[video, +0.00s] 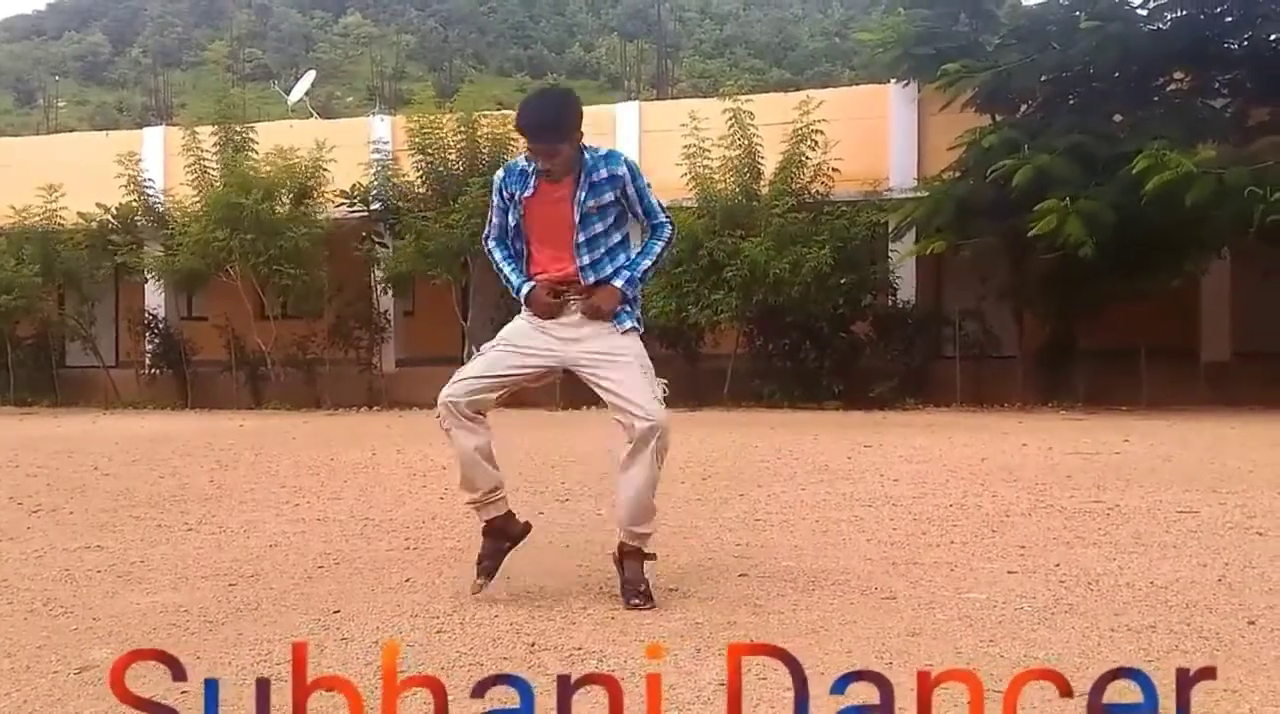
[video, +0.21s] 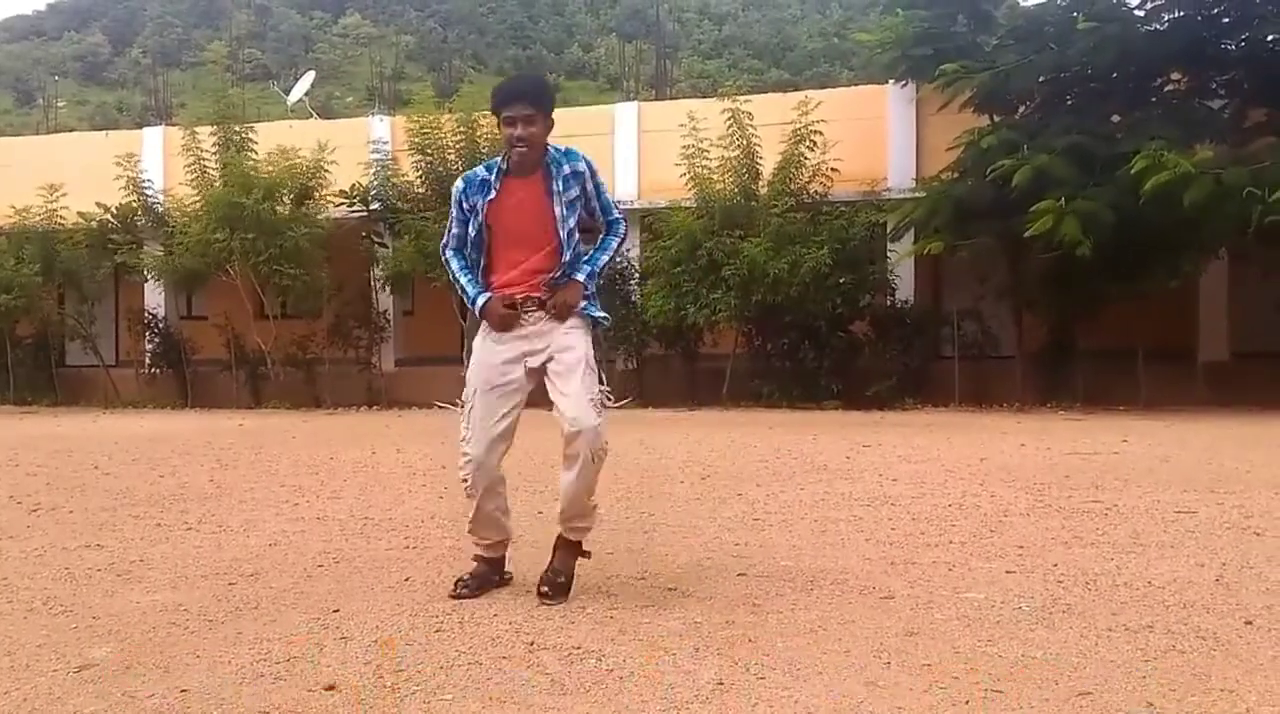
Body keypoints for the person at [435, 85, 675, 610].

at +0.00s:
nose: (543, 161)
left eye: (552, 151)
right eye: (535, 151)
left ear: (577, 137)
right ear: (523, 141)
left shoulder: (615, 171)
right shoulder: (511, 180)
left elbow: (661, 228)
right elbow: (496, 241)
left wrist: (620, 286)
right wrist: (525, 287)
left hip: (605, 324)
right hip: (537, 322)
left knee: (650, 421)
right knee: (456, 400)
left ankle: (632, 554)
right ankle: (499, 520)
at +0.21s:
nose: (518, 132)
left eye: (529, 122)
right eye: (509, 122)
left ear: (549, 124)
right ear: (497, 126)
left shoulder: (575, 170)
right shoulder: (472, 186)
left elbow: (613, 228)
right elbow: (454, 250)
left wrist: (580, 280)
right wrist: (481, 301)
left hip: (564, 322)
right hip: (498, 326)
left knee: (586, 429)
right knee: (478, 454)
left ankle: (568, 549)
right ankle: (491, 559)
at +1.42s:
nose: (393, 173)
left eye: (404, 166)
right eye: (385, 163)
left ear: (419, 174)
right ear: (371, 166)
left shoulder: (434, 223)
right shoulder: (360, 206)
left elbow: (449, 294)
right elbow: (344, 265)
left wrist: (400, 251)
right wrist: (423, 250)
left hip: (436, 364)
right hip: (372, 366)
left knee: (458, 434)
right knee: (351, 465)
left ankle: (444, 538)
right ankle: (366, 557)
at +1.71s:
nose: (473, 142)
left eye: (484, 132)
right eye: (468, 131)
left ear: (513, 128)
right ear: (461, 124)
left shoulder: (529, 168)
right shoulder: (444, 153)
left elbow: (585, 127)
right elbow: (388, 188)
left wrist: (639, 70)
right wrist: (332, 229)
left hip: (446, 327)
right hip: (387, 297)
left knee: (465, 441)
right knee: (301, 371)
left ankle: (495, 558)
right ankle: (253, 430)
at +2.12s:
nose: (509, 159)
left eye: (520, 150)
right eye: (501, 150)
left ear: (541, 160)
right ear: (491, 158)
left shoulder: (548, 236)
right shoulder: (457, 204)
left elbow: (563, 314)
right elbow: (400, 259)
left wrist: (592, 287)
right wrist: (362, 321)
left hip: (487, 362)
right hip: (430, 346)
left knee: (490, 461)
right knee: (432, 459)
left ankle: (495, 559)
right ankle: (383, 464)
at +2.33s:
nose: (492, 139)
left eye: (504, 131)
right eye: (484, 128)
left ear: (519, 139)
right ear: (471, 130)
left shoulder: (522, 201)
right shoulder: (434, 186)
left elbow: (513, 279)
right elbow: (400, 261)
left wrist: (508, 343)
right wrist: (381, 339)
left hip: (485, 337)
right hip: (427, 329)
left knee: (491, 446)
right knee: (422, 449)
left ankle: (496, 556)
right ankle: (377, 549)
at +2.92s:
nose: (546, 179)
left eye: (552, 170)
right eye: (539, 166)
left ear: (550, 167)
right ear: (511, 158)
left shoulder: (523, 202)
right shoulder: (468, 180)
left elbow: (559, 225)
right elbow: (396, 220)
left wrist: (588, 196)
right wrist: (331, 274)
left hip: (450, 318)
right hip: (416, 312)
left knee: (448, 437)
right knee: (489, 402)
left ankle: (429, 547)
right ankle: (460, 529)